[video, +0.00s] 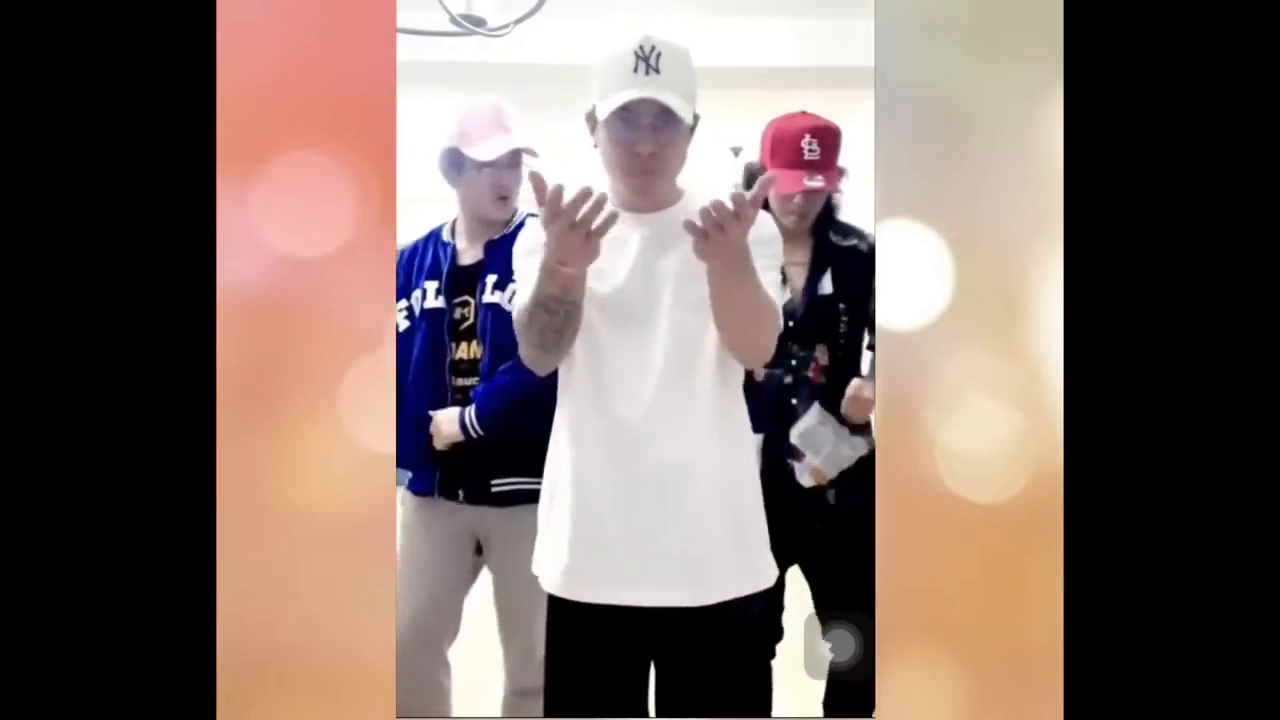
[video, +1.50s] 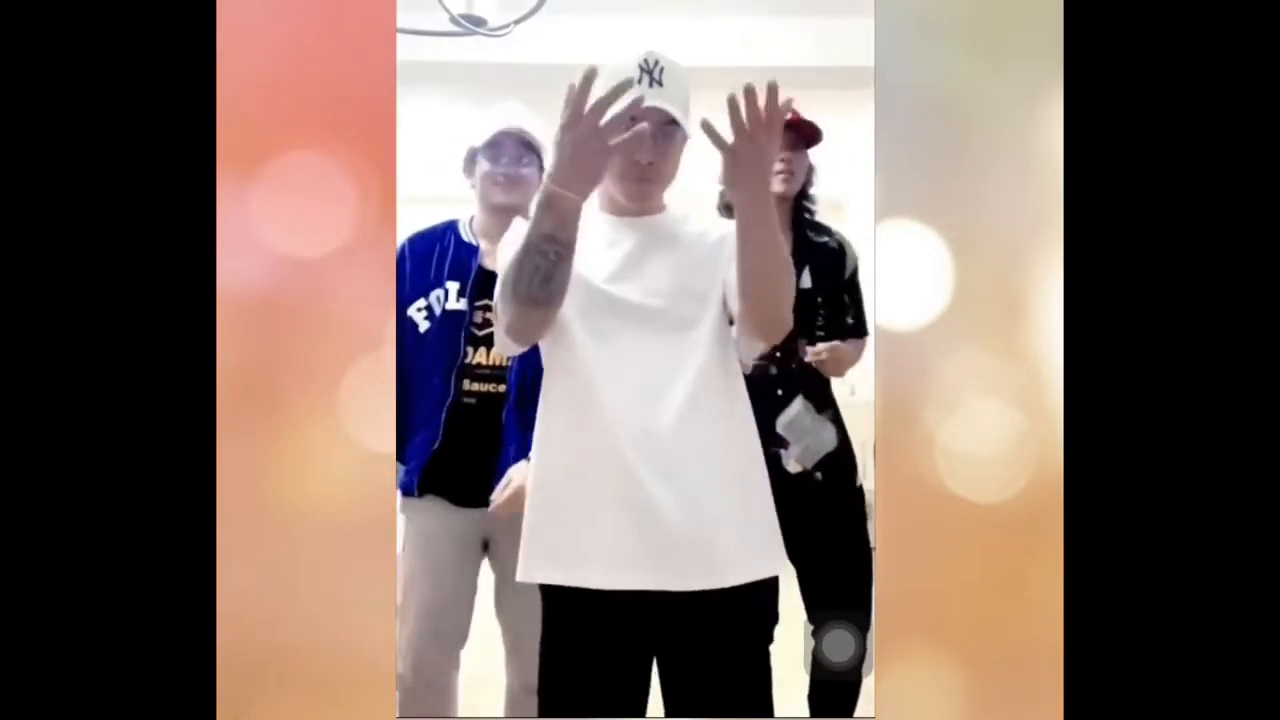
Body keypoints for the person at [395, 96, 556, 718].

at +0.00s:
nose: (506, 179)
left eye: (515, 163)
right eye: (489, 164)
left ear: (526, 167)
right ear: (451, 171)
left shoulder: (548, 252)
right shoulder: (409, 264)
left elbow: (549, 368)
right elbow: (381, 373)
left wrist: (468, 418)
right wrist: (414, 446)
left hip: (527, 495)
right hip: (432, 495)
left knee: (531, 667)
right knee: (415, 650)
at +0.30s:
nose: (526, 177)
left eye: (534, 162)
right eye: (510, 163)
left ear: (544, 168)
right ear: (469, 171)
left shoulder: (567, 252)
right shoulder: (421, 261)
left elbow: (577, 375)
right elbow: (389, 370)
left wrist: (483, 419)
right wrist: (396, 459)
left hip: (533, 496)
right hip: (436, 495)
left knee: (533, 664)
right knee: (421, 651)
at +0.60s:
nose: (467, 192)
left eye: (482, 176)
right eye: (454, 178)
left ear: (514, 180)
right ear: (440, 185)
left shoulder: (549, 263)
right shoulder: (407, 271)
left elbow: (576, 375)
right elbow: (364, 366)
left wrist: (562, 481)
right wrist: (396, 381)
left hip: (514, 503)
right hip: (421, 501)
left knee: (518, 670)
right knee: (414, 666)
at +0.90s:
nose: (450, 168)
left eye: (466, 154)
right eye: (436, 154)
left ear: (494, 167)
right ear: (418, 169)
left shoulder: (530, 249)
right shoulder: (395, 261)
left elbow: (561, 355)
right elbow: (363, 372)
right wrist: (397, 376)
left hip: (504, 495)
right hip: (413, 495)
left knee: (514, 665)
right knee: (414, 663)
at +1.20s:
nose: (476, 174)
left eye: (491, 162)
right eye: (463, 162)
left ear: (513, 177)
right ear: (440, 173)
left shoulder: (548, 258)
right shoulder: (398, 262)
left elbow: (576, 358)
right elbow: (363, 360)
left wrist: (562, 417)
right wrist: (393, 406)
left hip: (513, 496)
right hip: (417, 497)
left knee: (518, 660)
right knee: (414, 661)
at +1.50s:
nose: (510, 167)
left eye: (525, 158)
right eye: (497, 155)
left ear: (542, 180)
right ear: (471, 169)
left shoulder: (558, 265)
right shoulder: (421, 254)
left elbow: (580, 377)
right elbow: (378, 360)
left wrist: (542, 462)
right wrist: (389, 467)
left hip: (529, 487)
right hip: (438, 486)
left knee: (532, 670)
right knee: (423, 669)